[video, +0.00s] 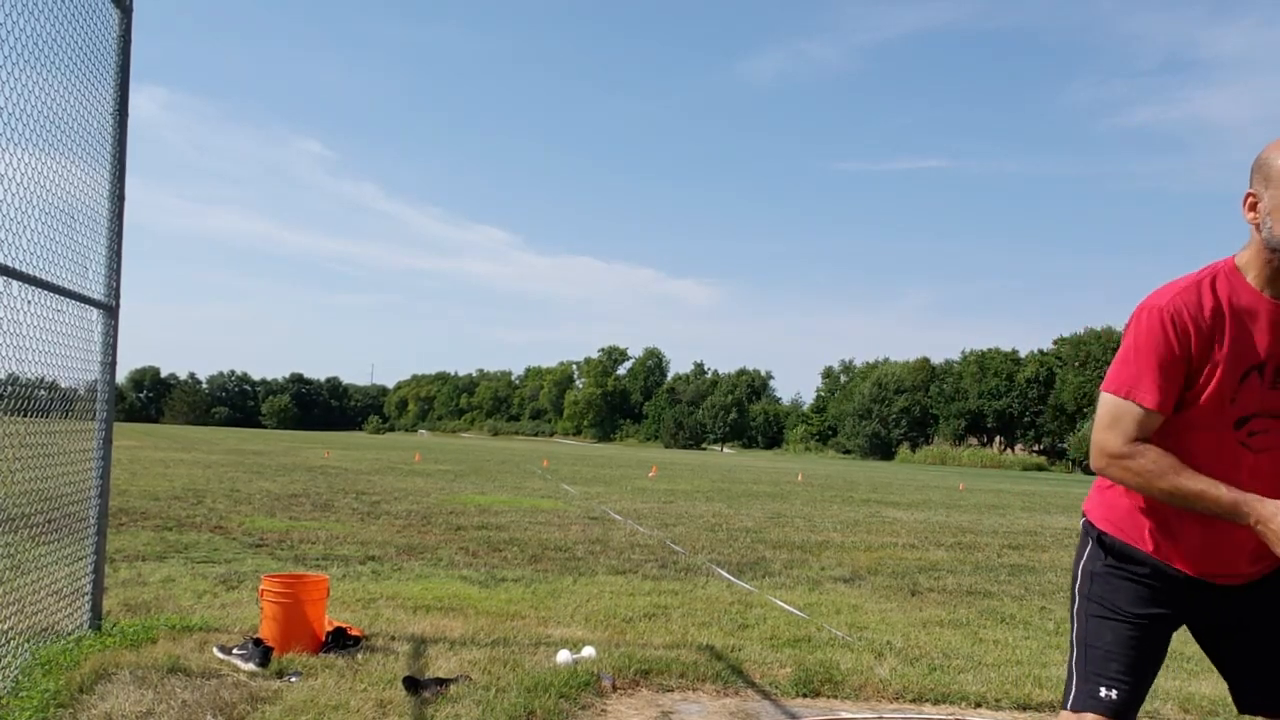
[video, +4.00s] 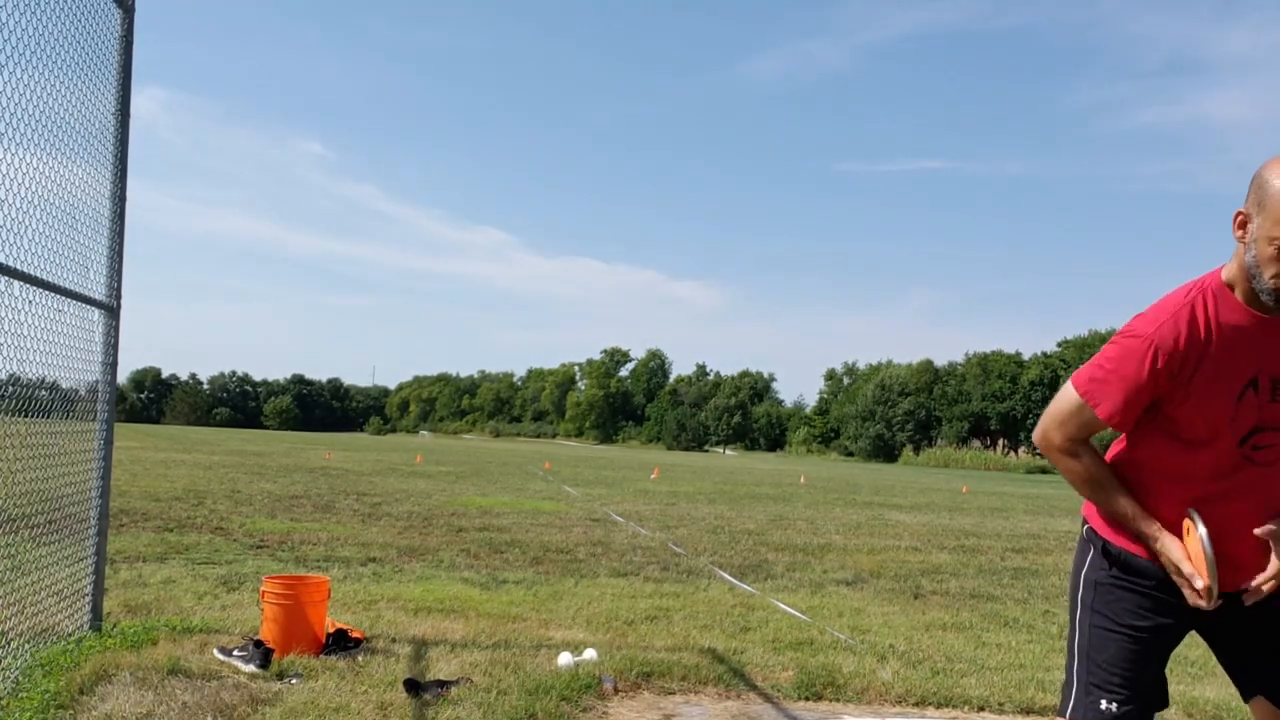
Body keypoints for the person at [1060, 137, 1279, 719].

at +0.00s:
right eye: (1279, 197)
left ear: (1262, 209)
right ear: (1254, 208)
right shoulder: (1179, 311)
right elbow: (1113, 450)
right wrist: (1255, 510)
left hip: (1254, 570)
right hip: (1138, 555)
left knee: (1277, 704)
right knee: (1095, 712)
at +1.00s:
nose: (1266, 201)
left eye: (1276, 184)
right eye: (1246, 185)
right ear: (1204, 199)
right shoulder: (1142, 309)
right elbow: (1098, 447)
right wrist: (1228, 459)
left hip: (1260, 577)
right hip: (1138, 569)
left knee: (1277, 705)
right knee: (1101, 712)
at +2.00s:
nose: (1228, 195)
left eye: (1242, 180)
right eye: (1209, 182)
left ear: (1261, 193)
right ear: (1171, 199)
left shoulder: (1277, 301)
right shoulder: (1117, 306)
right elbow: (1112, 449)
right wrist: (1228, 417)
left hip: (1246, 568)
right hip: (1122, 563)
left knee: (1269, 704)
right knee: (1089, 711)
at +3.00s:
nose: (1221, 172)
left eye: (1234, 161)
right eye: (1201, 162)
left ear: (1250, 184)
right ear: (1166, 186)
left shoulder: (1273, 293)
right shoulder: (1119, 292)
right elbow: (1110, 415)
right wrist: (1152, 287)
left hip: (1261, 569)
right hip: (1139, 563)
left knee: (1273, 705)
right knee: (1103, 711)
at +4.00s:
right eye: (1278, 242)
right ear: (1243, 226)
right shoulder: (1179, 324)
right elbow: (1057, 435)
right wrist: (1155, 535)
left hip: (1254, 575)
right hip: (1134, 567)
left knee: (1275, 706)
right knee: (1101, 713)